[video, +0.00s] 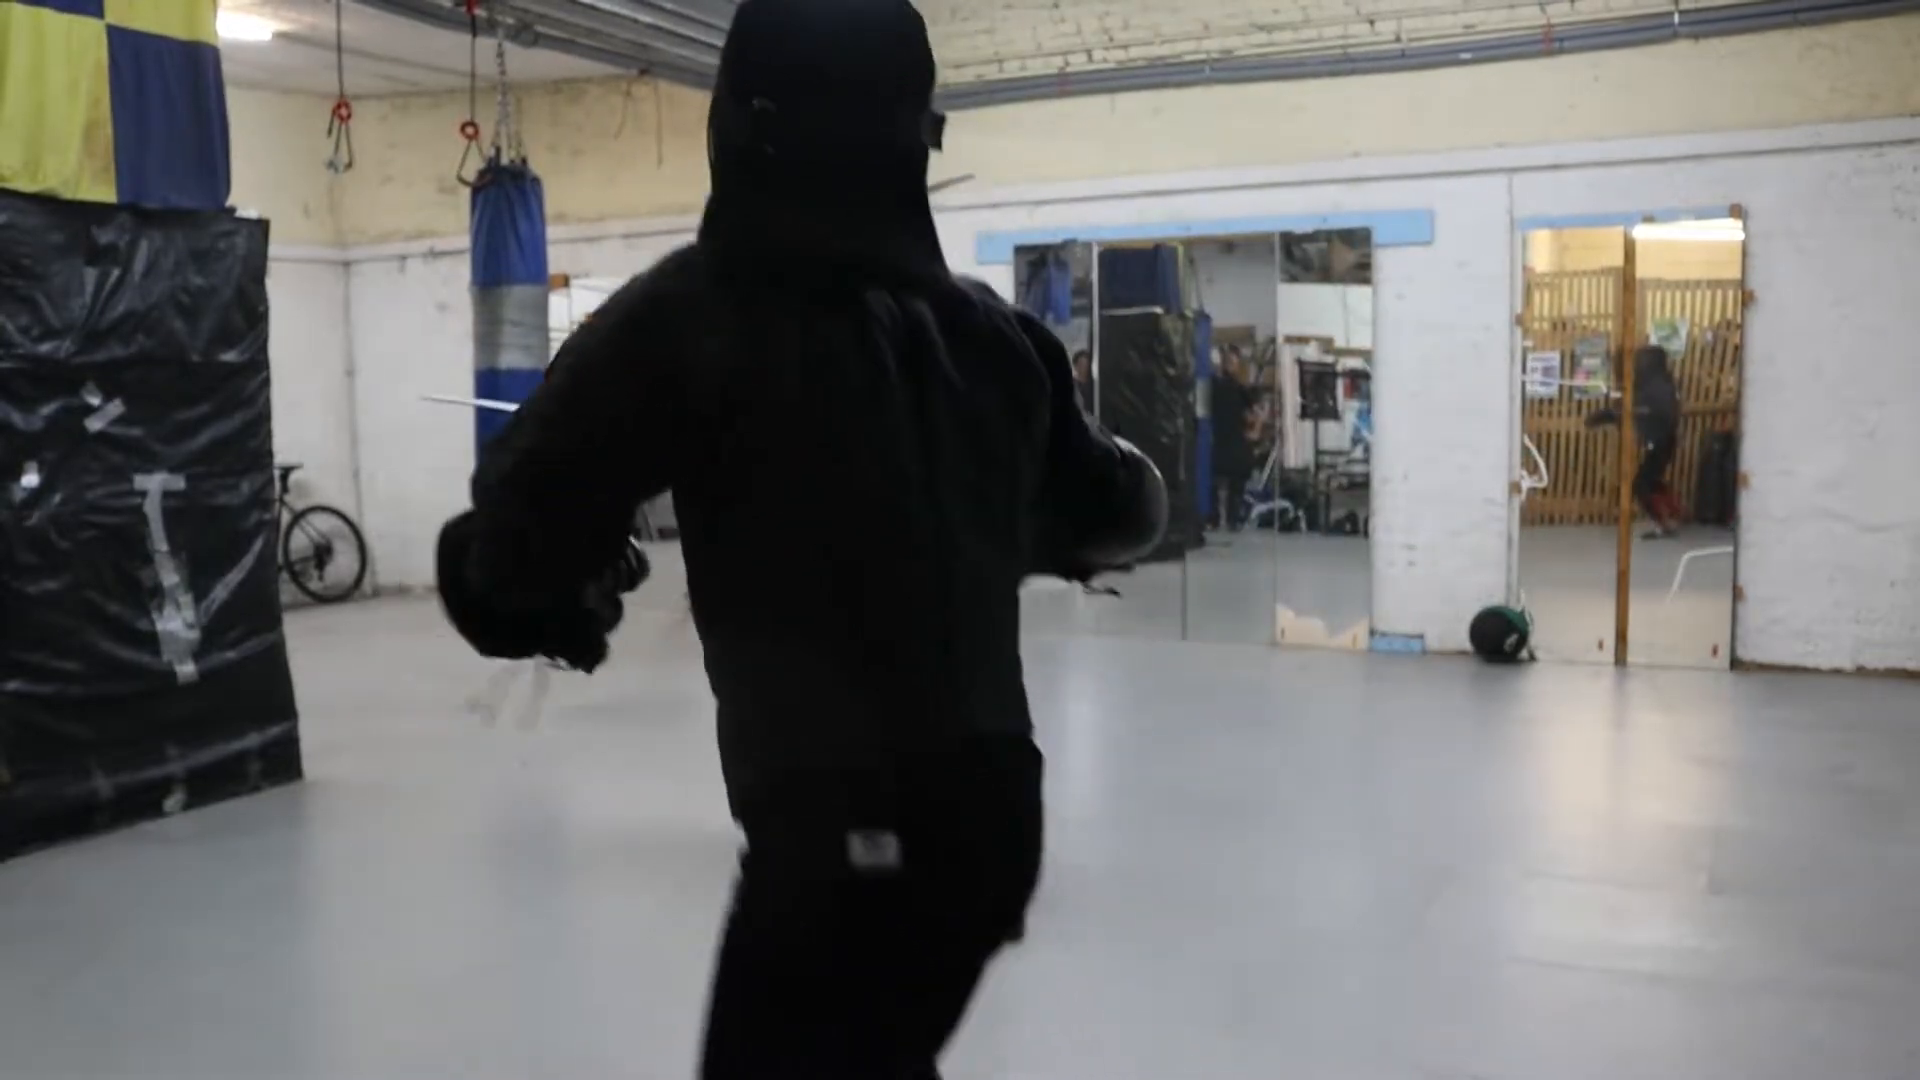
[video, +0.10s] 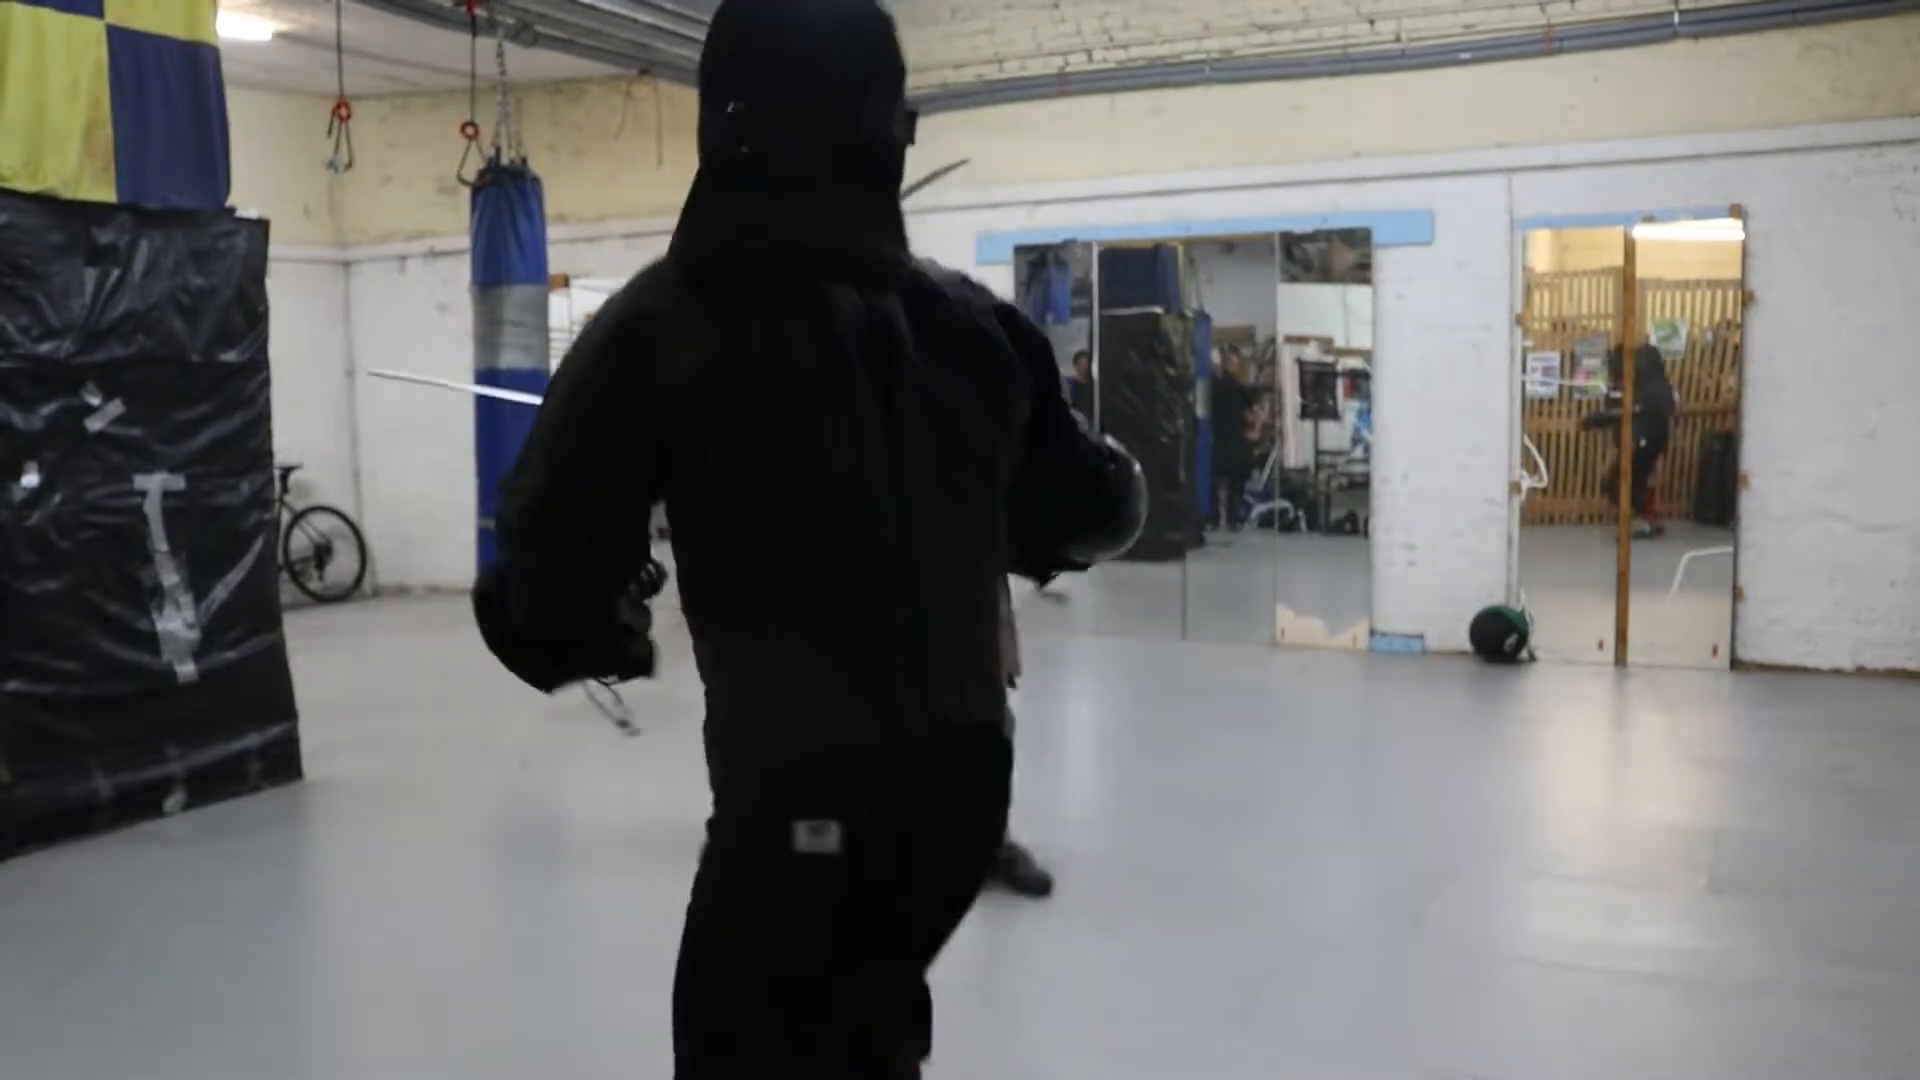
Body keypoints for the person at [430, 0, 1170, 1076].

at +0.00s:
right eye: (922, 117)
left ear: (743, 122)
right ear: (913, 131)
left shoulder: (688, 317)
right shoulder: (992, 337)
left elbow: (501, 575)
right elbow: (1105, 510)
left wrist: (583, 590)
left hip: (825, 829)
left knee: (767, 1066)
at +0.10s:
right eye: (893, 115)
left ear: (725, 125)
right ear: (887, 128)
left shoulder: (664, 330)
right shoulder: (972, 330)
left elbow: (534, 607)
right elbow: (1091, 509)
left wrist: (614, 625)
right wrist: (993, 517)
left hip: (788, 793)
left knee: (734, 1048)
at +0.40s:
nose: (887, 270)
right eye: (878, 248)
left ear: (733, 260)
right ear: (870, 266)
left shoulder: (671, 434)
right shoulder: (934, 438)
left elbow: (582, 657)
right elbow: (1049, 594)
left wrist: (691, 574)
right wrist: (1063, 483)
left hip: (738, 810)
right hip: (880, 800)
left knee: (723, 1054)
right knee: (851, 973)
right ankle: (849, 1068)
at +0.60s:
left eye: (749, 225)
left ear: (749, 238)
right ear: (872, 244)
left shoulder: (680, 380)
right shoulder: (922, 401)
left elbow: (589, 574)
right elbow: (1012, 572)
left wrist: (697, 550)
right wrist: (900, 603)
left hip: (733, 735)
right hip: (868, 730)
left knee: (666, 998)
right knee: (850, 921)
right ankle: (850, 1069)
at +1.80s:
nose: (785, 278)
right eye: (776, 254)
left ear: (631, 257)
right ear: (751, 260)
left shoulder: (543, 397)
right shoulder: (792, 396)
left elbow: (502, 592)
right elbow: (933, 561)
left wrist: (619, 609)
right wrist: (834, 614)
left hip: (602, 761)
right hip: (758, 756)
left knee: (527, 1013)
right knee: (822, 948)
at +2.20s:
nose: (663, 274)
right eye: (651, 249)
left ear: (500, 261)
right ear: (626, 260)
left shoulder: (433, 409)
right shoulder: (657, 390)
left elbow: (417, 600)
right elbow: (850, 517)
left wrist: (539, 576)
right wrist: (887, 484)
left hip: (491, 793)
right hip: (650, 787)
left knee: (407, 1038)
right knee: (784, 950)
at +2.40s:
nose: (583, 288)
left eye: (578, 262)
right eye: (575, 263)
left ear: (416, 263)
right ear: (550, 270)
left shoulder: (341, 415)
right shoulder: (575, 410)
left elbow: (319, 617)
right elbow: (708, 584)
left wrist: (446, 620)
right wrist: (784, 562)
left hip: (396, 813)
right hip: (559, 808)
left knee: (344, 1062)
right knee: (713, 989)